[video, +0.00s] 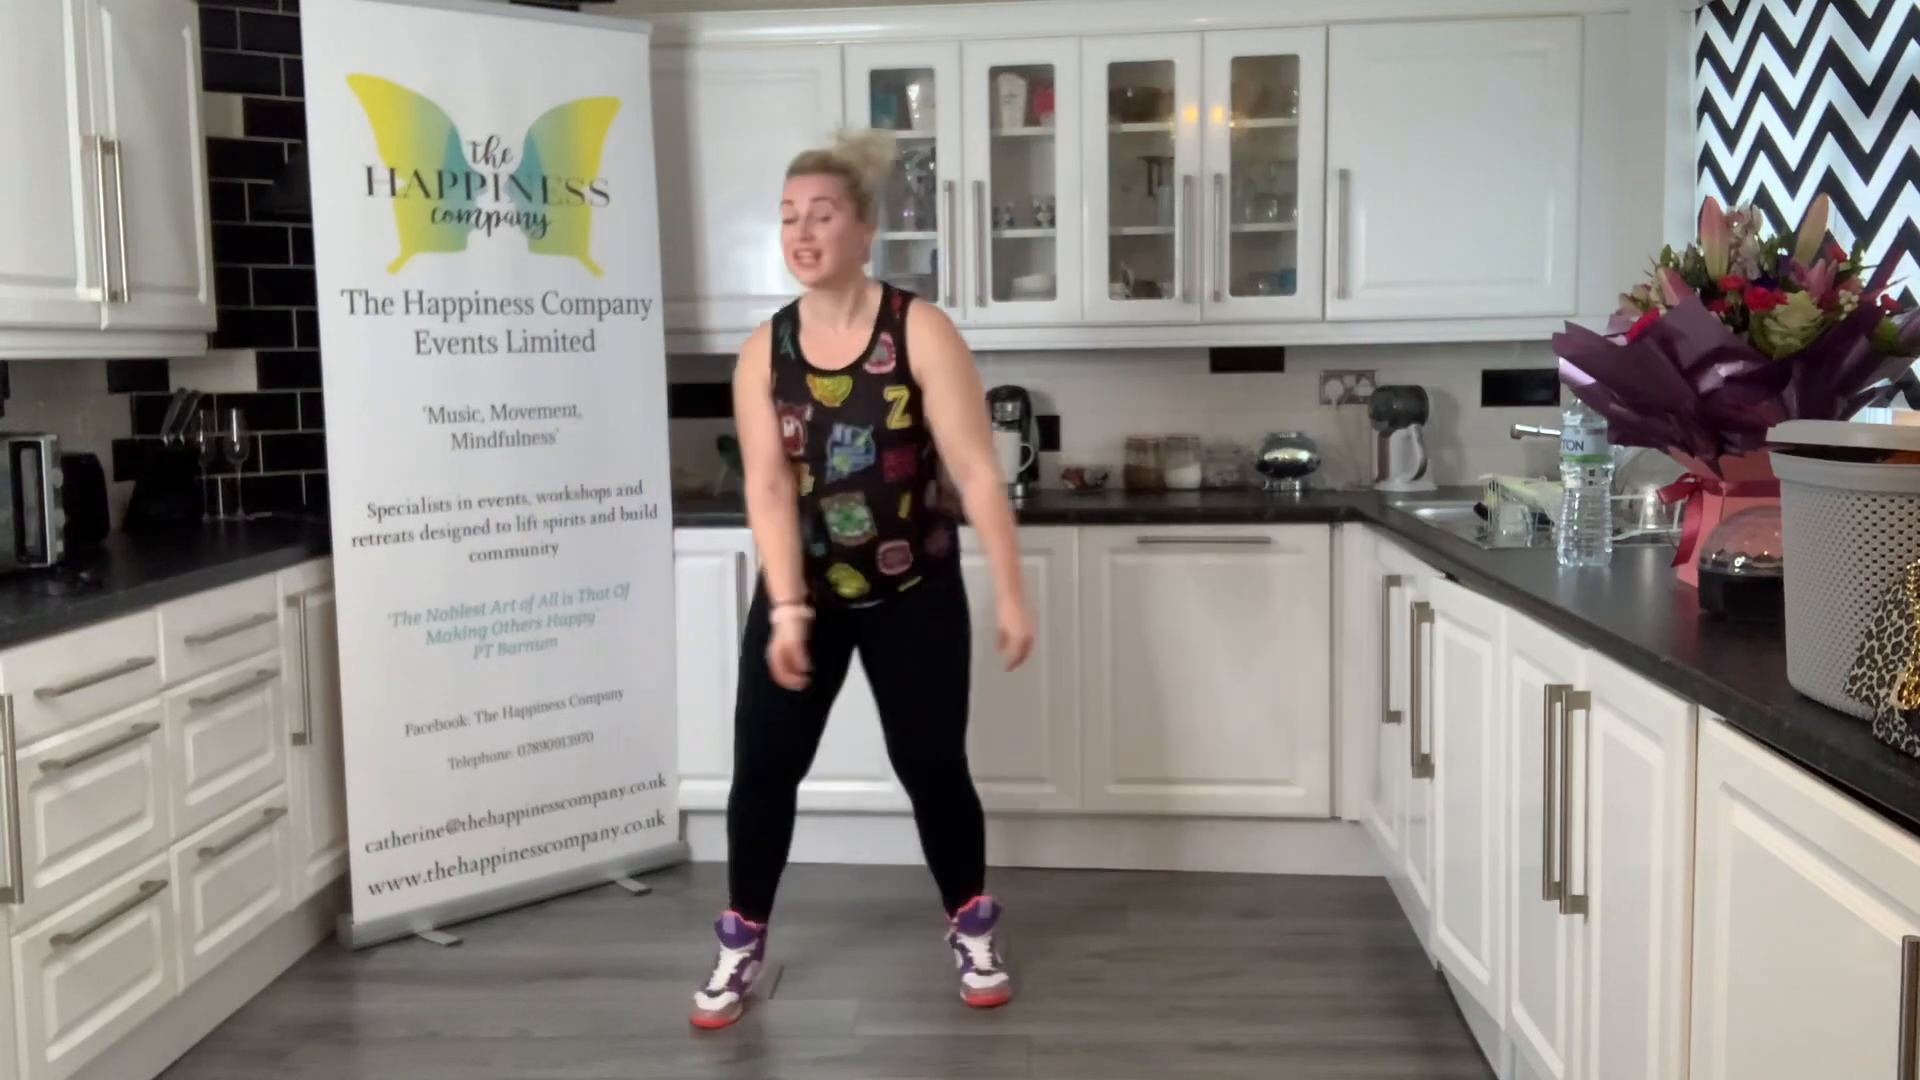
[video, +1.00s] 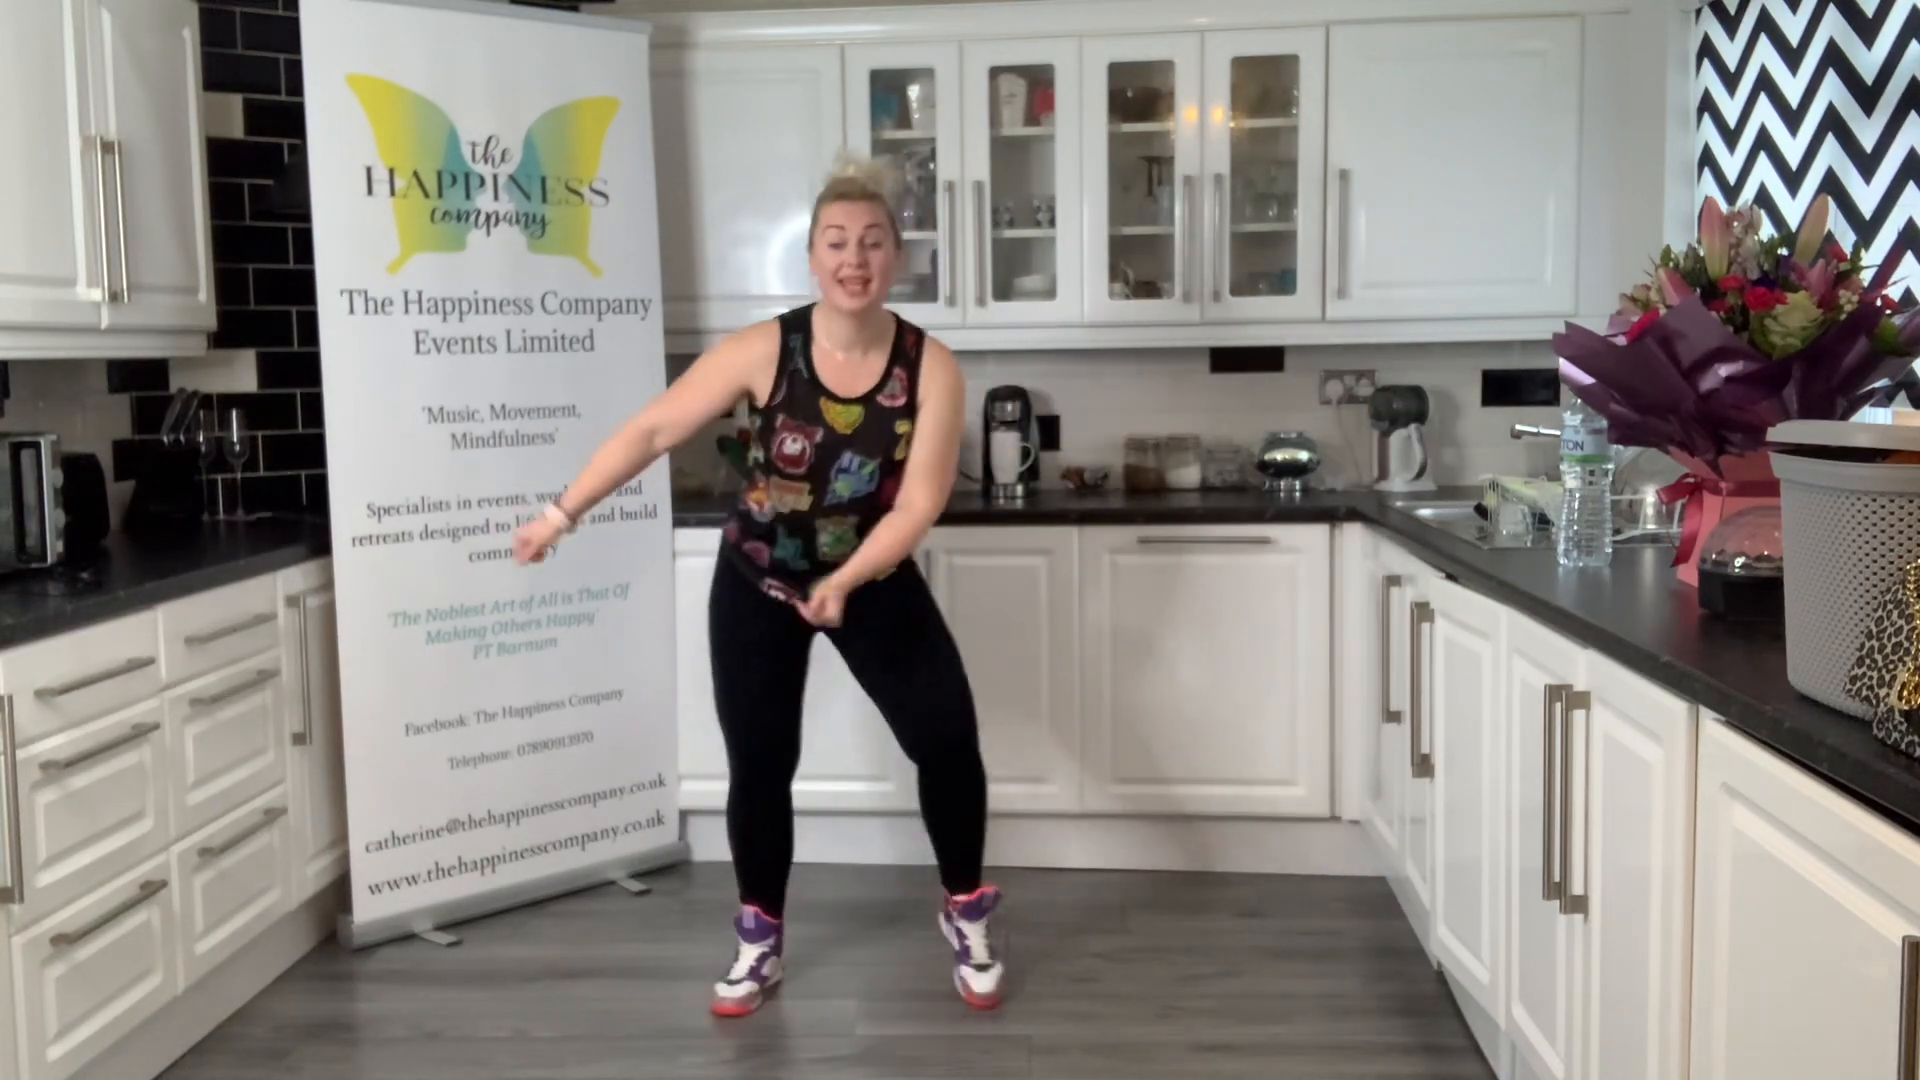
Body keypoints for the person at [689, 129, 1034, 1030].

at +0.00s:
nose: (802, 229)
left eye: (822, 212)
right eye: (790, 214)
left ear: (866, 227)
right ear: (779, 230)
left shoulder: (921, 331)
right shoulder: (763, 353)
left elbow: (975, 466)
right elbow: (768, 490)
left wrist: (1010, 588)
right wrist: (786, 604)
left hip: (911, 593)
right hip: (800, 594)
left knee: (932, 765)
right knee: (764, 772)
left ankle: (973, 926)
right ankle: (742, 942)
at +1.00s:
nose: (854, 258)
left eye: (872, 241)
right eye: (836, 242)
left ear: (898, 255)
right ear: (812, 255)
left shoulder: (930, 368)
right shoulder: (762, 351)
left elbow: (920, 503)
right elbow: (653, 429)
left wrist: (846, 581)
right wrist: (565, 509)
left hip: (876, 572)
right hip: (760, 577)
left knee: (949, 736)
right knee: (759, 764)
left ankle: (966, 911)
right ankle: (759, 939)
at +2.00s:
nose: (868, 271)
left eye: (885, 251)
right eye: (849, 252)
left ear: (910, 254)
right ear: (825, 258)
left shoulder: (947, 363)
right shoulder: (806, 353)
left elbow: (930, 488)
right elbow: (676, 374)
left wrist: (809, 538)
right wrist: (586, 371)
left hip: (962, 605)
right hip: (862, 603)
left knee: (941, 787)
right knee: (805, 790)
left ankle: (930, 938)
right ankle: (718, 957)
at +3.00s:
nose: (843, 293)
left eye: (860, 275)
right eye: (825, 274)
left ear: (880, 274)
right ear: (793, 273)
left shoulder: (876, 344)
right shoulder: (779, 379)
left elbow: (966, 378)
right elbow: (853, 535)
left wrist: (1024, 314)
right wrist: (898, 562)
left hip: (800, 585)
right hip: (706, 589)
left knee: (915, 686)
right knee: (770, 771)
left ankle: (826, 841)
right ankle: (778, 975)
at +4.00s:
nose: (799, 266)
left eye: (815, 247)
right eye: (780, 249)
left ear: (835, 248)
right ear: (750, 252)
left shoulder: (854, 338)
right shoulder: (742, 364)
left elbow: (938, 416)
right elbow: (674, 495)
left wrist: (1032, 485)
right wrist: (628, 615)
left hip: (773, 595)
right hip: (700, 594)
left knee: (761, 770)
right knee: (768, 765)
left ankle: (598, 885)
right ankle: (778, 976)